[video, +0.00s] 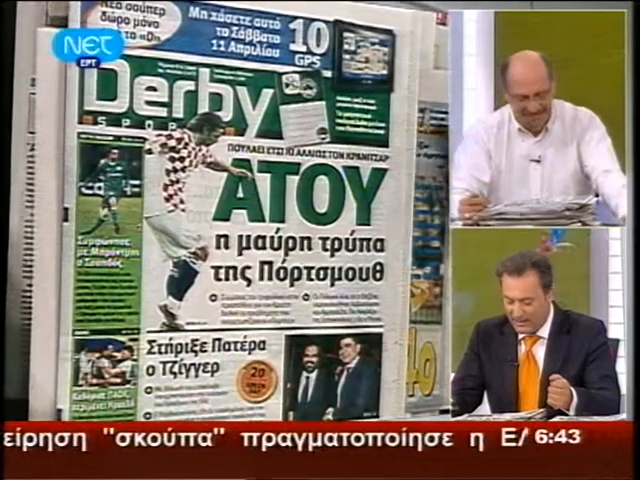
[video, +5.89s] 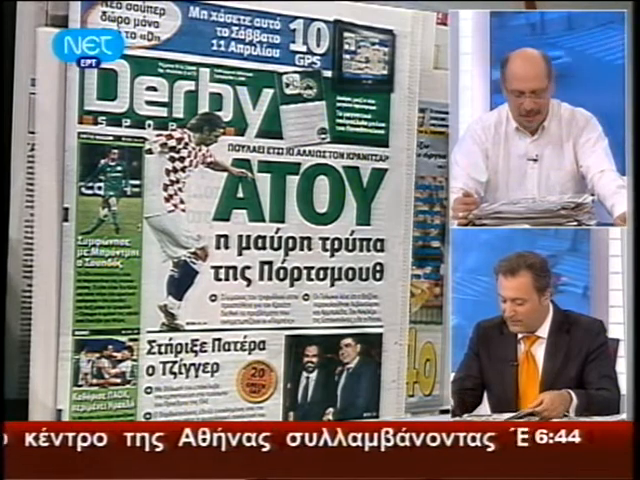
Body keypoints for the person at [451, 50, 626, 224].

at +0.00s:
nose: (533, 107)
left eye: (541, 96)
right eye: (521, 99)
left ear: (552, 86)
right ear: (506, 94)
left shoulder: (583, 123)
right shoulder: (485, 133)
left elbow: (609, 177)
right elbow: (462, 196)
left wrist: (630, 213)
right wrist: (468, 210)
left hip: (573, 244)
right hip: (505, 244)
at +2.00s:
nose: (537, 101)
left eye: (544, 90)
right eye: (526, 92)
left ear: (553, 84)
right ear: (507, 91)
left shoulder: (580, 123)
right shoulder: (483, 131)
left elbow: (603, 173)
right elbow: (462, 189)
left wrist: (624, 210)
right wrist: (463, 208)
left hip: (567, 246)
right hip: (499, 245)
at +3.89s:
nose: (538, 105)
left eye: (545, 93)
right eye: (526, 96)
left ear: (553, 84)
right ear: (506, 92)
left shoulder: (580, 123)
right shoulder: (483, 131)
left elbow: (603, 173)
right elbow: (462, 189)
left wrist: (624, 210)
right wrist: (463, 208)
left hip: (567, 245)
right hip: (500, 244)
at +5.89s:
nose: (528, 105)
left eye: (537, 94)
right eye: (518, 95)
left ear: (551, 86)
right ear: (504, 89)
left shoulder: (580, 124)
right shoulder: (482, 131)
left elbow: (604, 174)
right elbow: (462, 187)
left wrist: (624, 211)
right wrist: (462, 208)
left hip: (567, 245)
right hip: (499, 245)